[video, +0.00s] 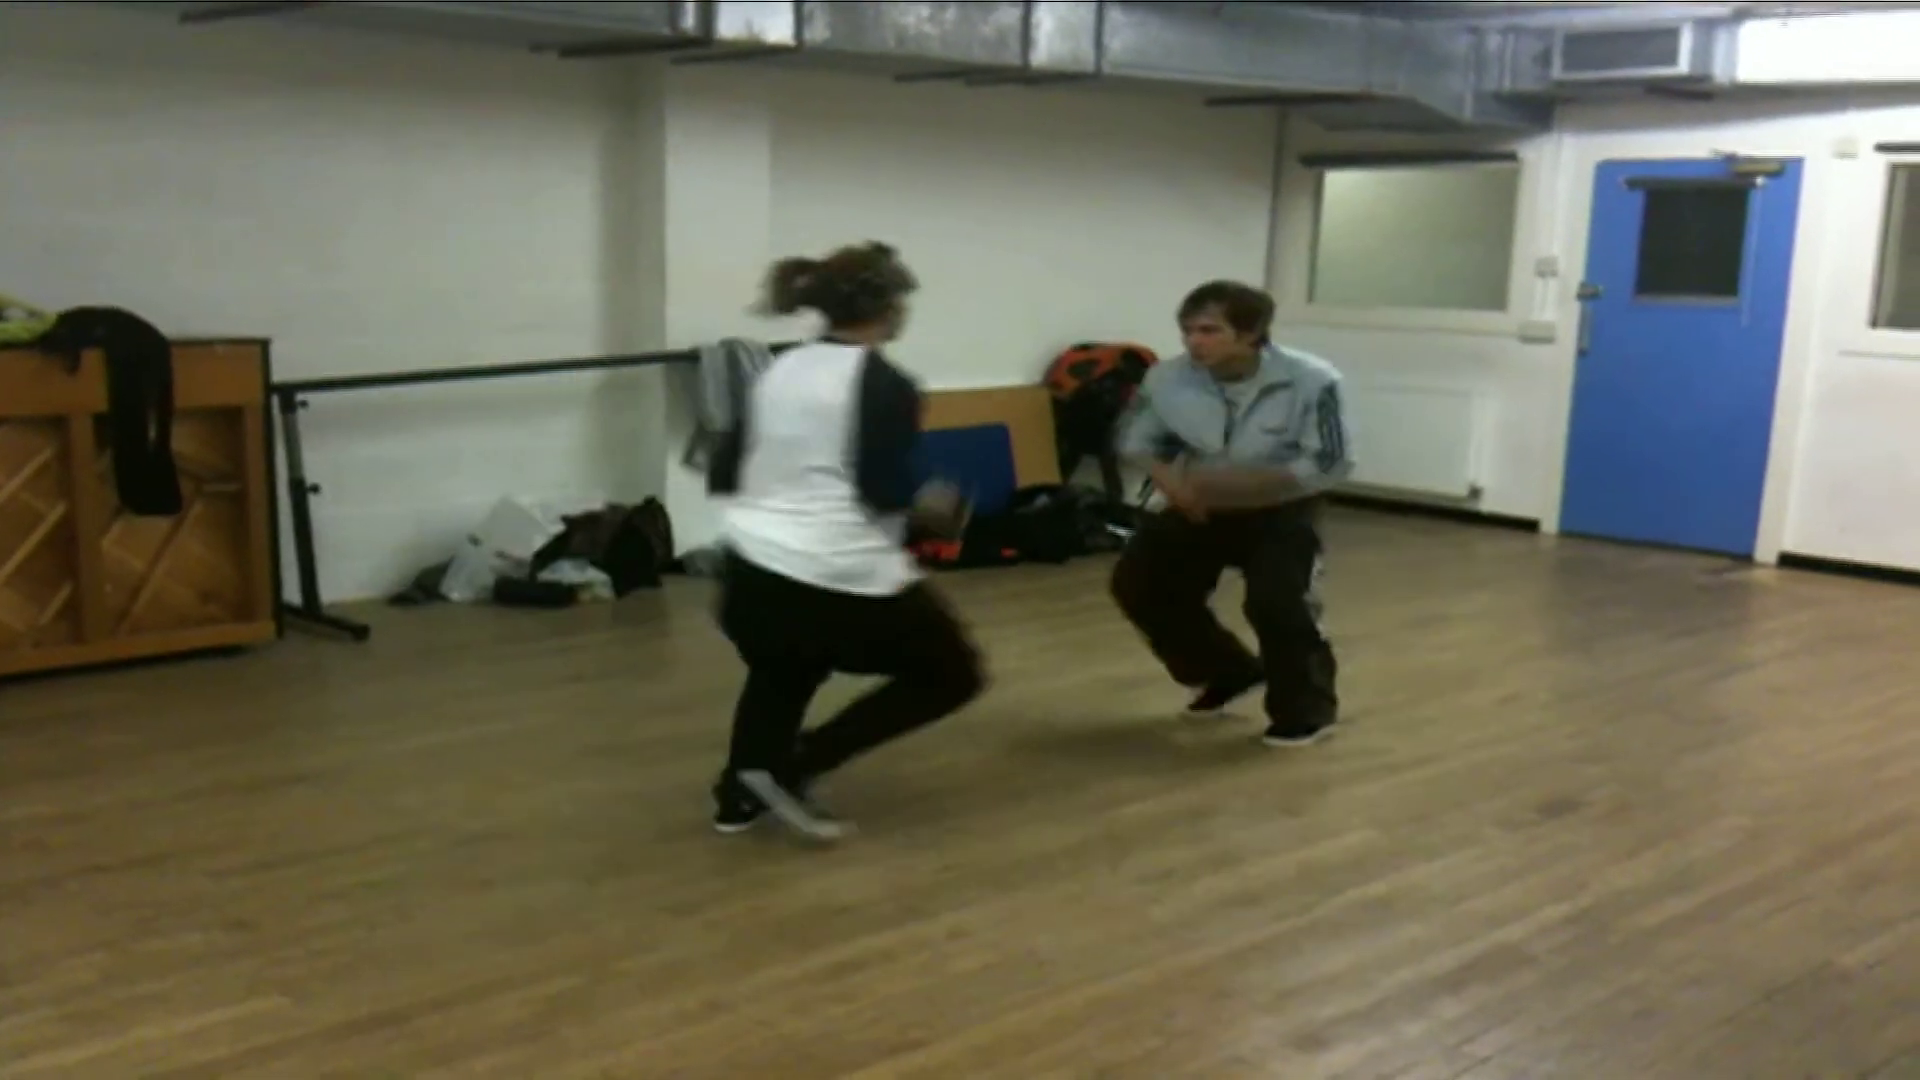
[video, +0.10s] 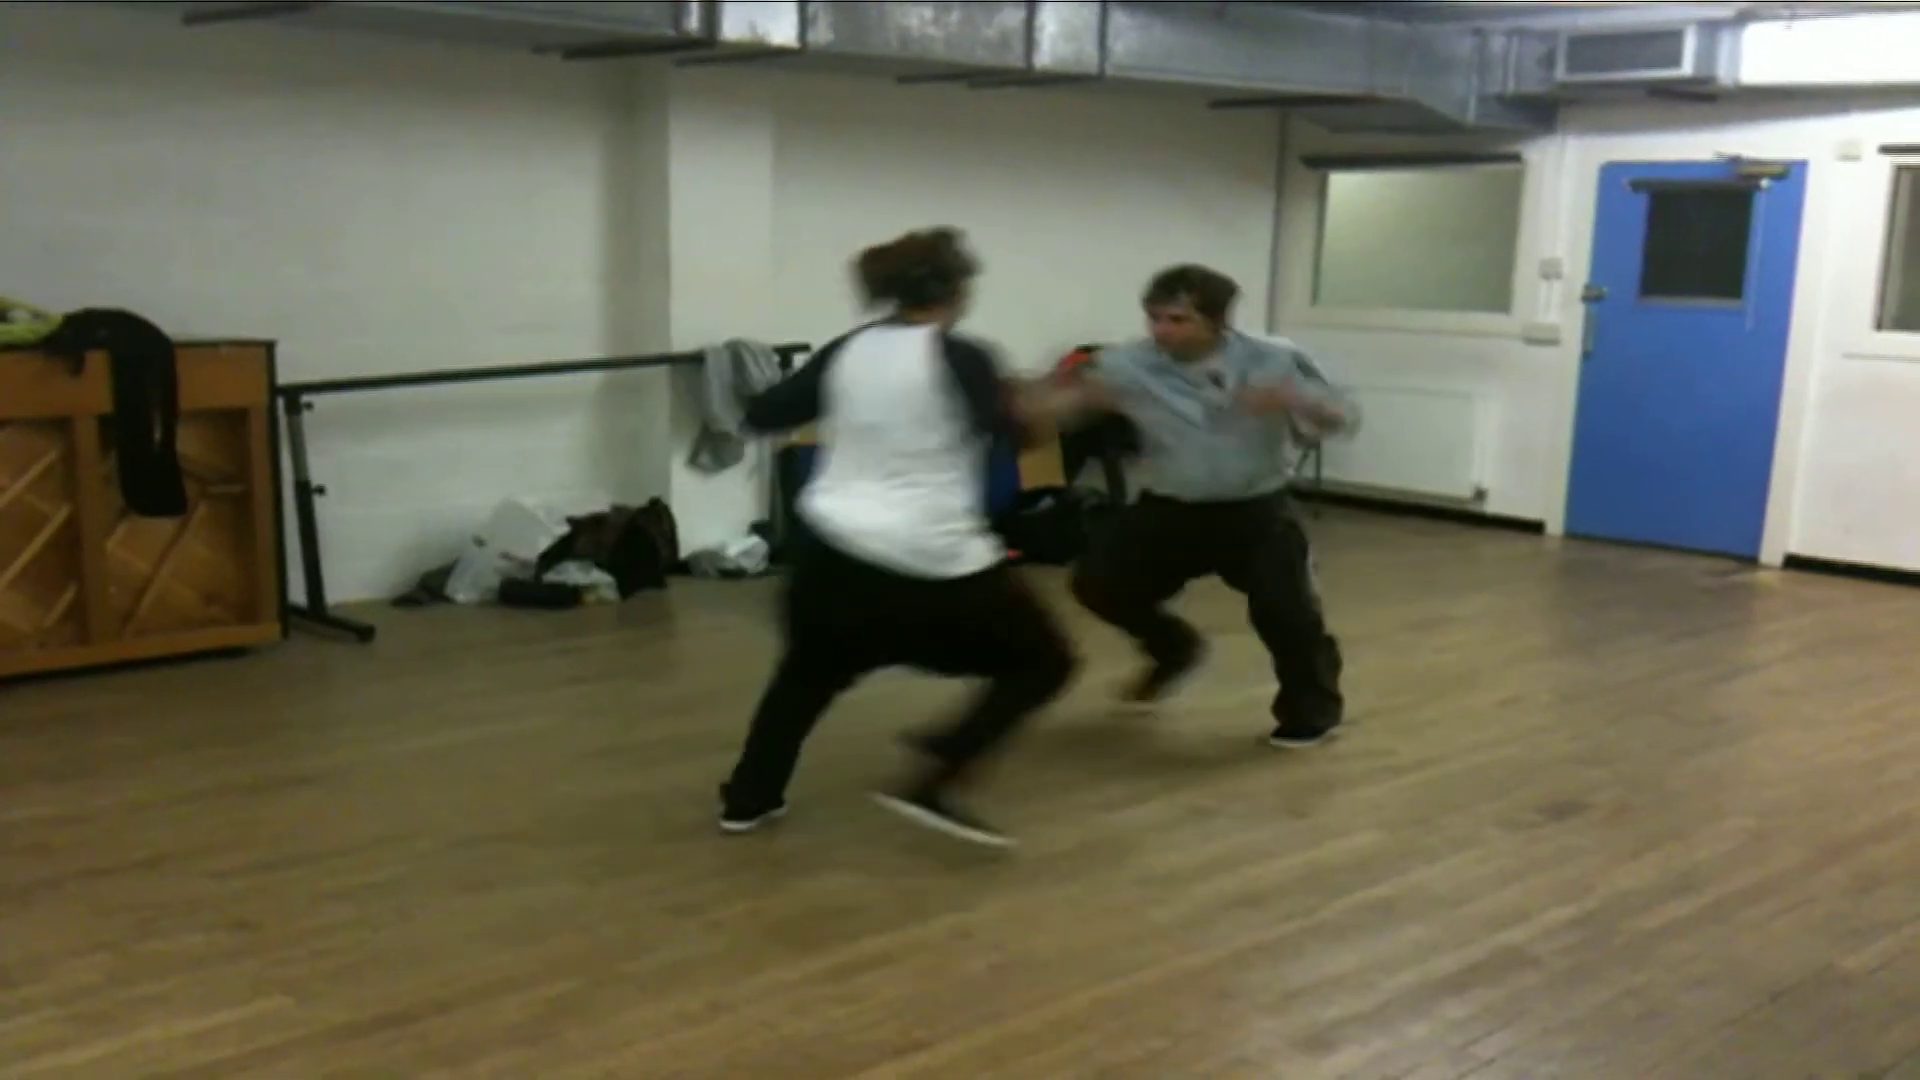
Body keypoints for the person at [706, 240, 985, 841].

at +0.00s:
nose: (904, 312)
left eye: (903, 301)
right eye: (899, 302)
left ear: (830, 305)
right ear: (882, 309)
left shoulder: (776, 370)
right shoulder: (886, 385)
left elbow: (726, 474)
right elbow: (884, 495)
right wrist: (930, 508)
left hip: (754, 579)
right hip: (845, 588)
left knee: (787, 666)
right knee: (952, 674)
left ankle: (741, 795)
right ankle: (797, 769)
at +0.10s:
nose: (967, 298)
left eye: (965, 286)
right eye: (962, 288)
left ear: (894, 291)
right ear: (946, 294)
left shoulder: (847, 351)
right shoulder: (962, 357)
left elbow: (766, 411)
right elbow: (1015, 432)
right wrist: (1063, 406)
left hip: (838, 557)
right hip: (936, 570)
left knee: (807, 673)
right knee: (1040, 661)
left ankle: (747, 797)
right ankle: (934, 783)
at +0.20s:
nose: (1041, 282)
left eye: (1036, 274)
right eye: (1037, 274)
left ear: (970, 276)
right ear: (1027, 278)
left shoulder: (922, 336)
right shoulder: (1053, 340)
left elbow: (845, 362)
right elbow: (1135, 371)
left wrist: (792, 377)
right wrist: (1226, 377)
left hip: (927, 547)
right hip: (1035, 558)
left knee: (896, 657)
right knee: (1095, 666)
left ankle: (812, 772)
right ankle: (1064, 812)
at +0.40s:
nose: (1071, 320)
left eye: (1081, 309)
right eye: (1059, 307)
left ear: (1094, 310)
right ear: (1029, 307)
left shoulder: (1095, 362)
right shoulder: (977, 358)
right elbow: (886, 411)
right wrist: (941, 432)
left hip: (1074, 519)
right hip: (1000, 520)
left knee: (1092, 619)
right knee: (957, 608)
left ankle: (1107, 705)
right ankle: (957, 687)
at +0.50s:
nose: (1052, 308)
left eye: (1061, 297)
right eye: (1038, 294)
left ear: (1070, 300)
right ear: (1002, 296)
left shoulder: (1088, 349)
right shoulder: (952, 354)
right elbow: (842, 400)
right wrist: (907, 398)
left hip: (1070, 508)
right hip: (982, 511)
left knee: (1102, 599)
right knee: (931, 598)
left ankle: (1069, 681)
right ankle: (929, 682)